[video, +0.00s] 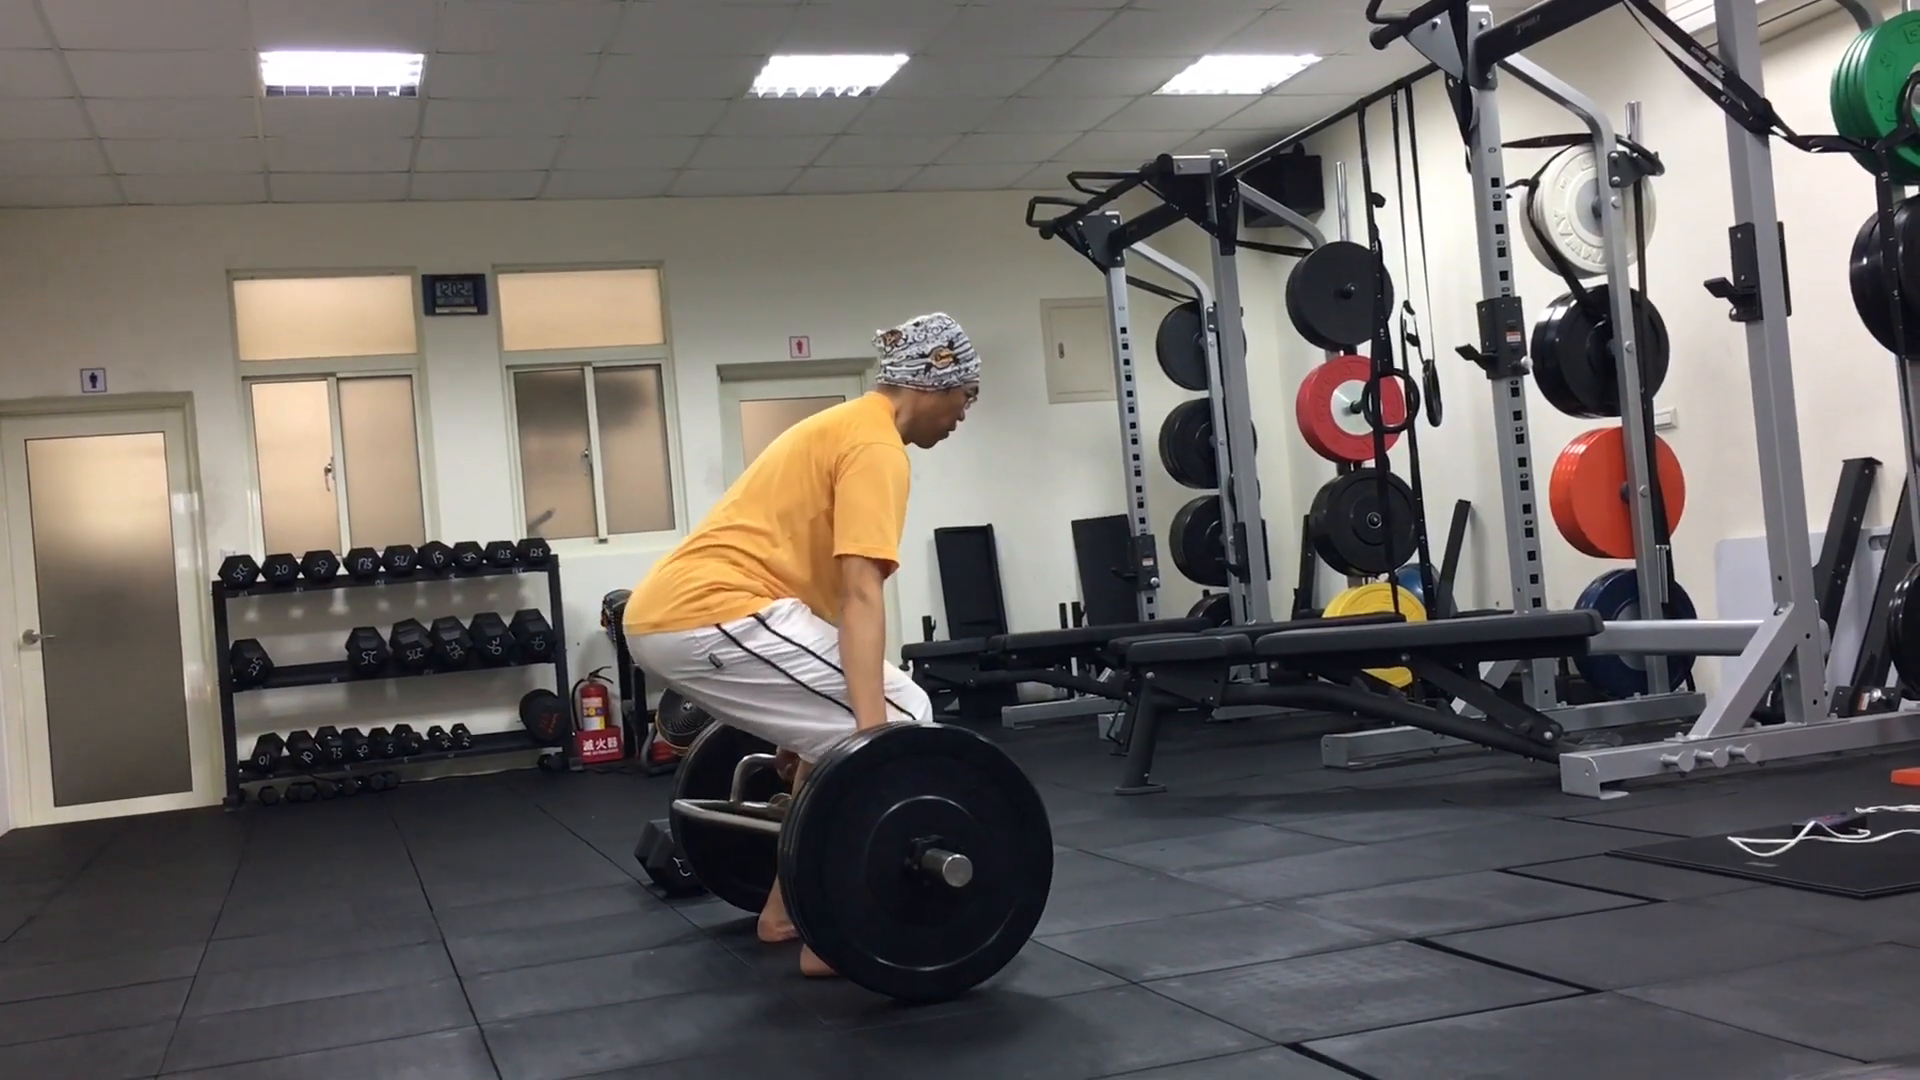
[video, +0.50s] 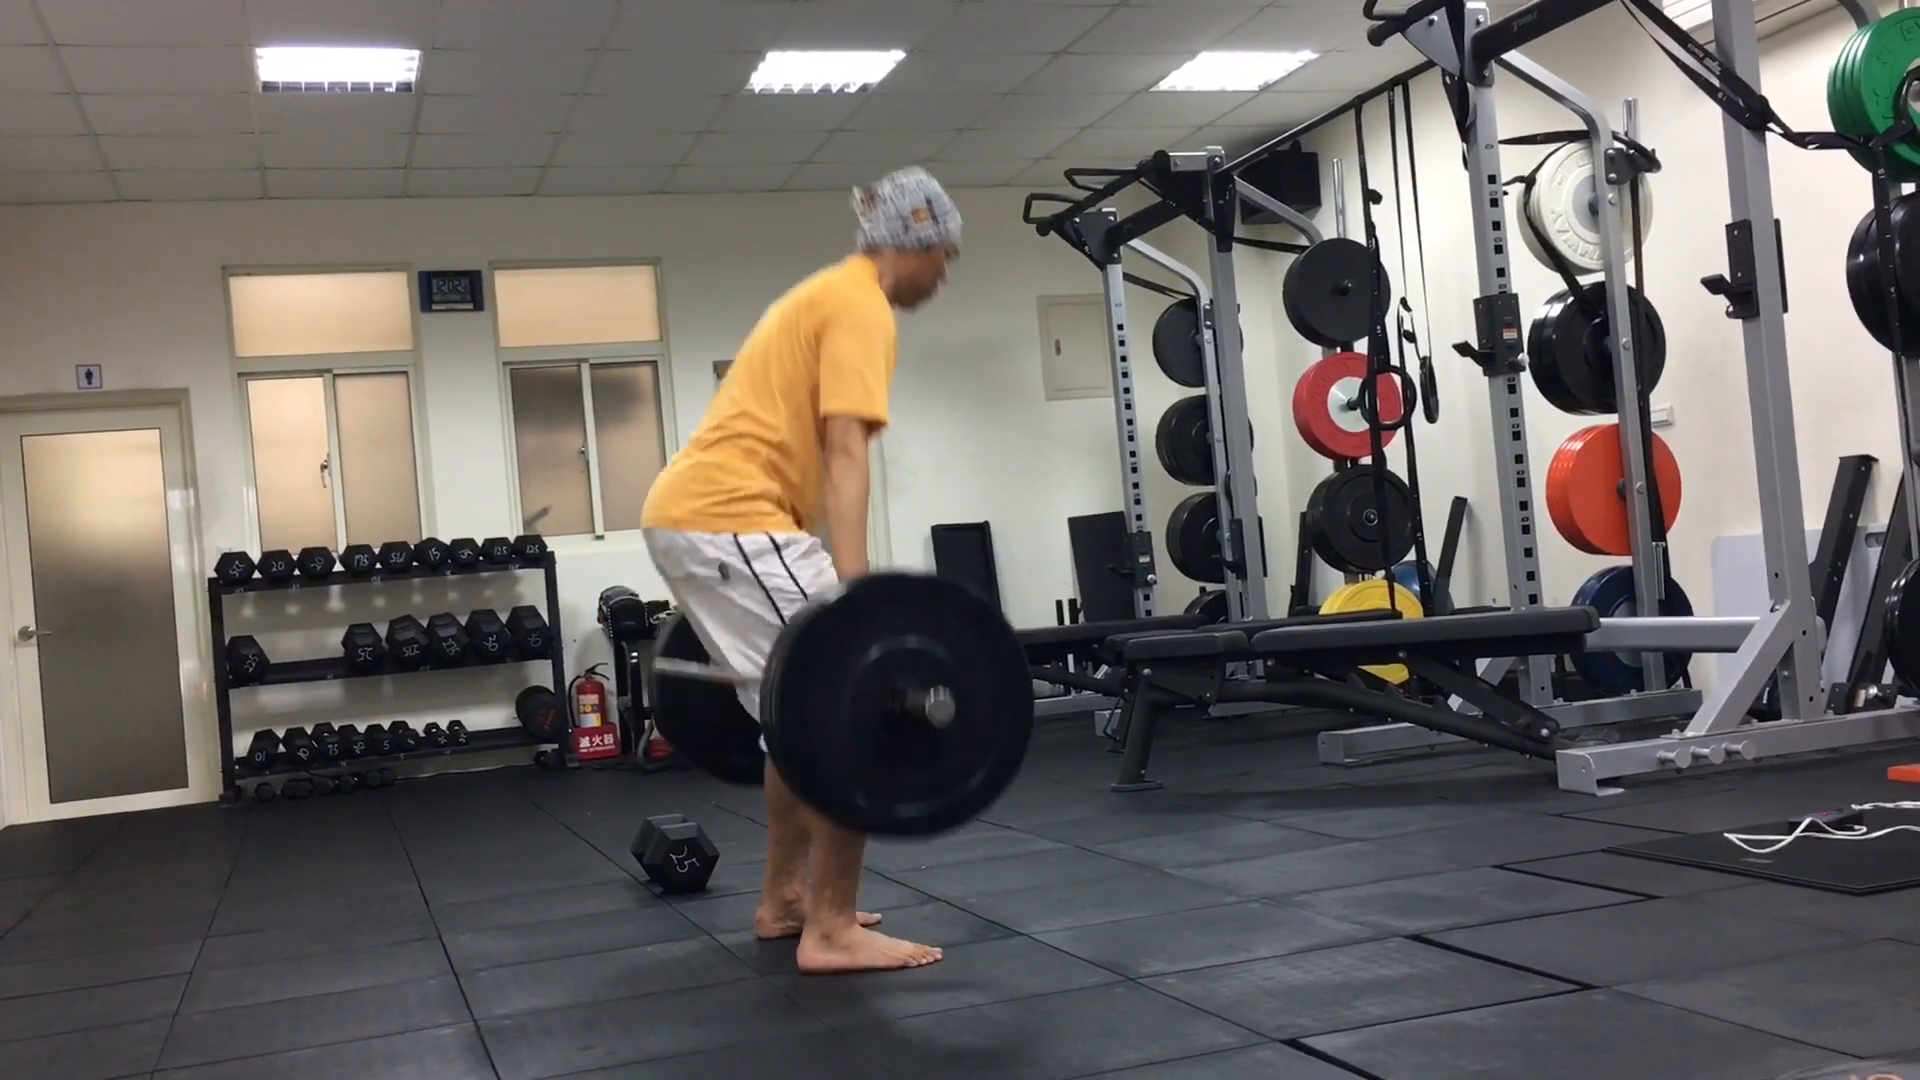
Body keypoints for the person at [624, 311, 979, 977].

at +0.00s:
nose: (961, 419)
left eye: (967, 405)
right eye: (962, 401)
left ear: (907, 382)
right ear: (926, 384)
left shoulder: (841, 428)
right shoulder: (874, 442)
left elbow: (825, 588)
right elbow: (859, 593)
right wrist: (872, 733)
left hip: (672, 613)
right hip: (717, 613)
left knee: (859, 713)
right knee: (904, 714)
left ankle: (785, 904)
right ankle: (838, 934)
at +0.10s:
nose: (967, 410)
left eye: (973, 396)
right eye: (968, 391)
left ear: (911, 373)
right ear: (933, 375)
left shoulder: (844, 418)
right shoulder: (879, 431)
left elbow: (825, 576)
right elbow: (859, 580)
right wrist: (868, 714)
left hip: (675, 605)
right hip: (725, 605)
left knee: (851, 722)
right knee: (905, 714)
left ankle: (784, 904)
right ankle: (838, 933)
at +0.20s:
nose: (970, 391)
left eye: (976, 377)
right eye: (972, 373)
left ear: (914, 355)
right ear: (941, 359)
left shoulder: (847, 401)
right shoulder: (882, 412)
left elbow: (826, 557)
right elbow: (859, 557)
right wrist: (863, 693)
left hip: (677, 588)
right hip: (729, 588)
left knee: (842, 718)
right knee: (901, 717)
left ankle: (786, 902)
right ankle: (839, 932)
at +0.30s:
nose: (963, 365)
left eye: (970, 351)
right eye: (966, 346)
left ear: (909, 328)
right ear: (936, 330)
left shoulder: (845, 372)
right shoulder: (879, 383)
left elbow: (828, 531)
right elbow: (856, 532)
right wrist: (863, 668)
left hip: (677, 562)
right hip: (726, 562)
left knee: (823, 714)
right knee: (855, 717)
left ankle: (788, 899)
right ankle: (836, 931)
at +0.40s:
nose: (957, 324)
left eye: (962, 309)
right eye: (957, 306)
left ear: (895, 288)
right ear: (926, 291)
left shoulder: (836, 337)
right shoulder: (869, 347)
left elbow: (819, 498)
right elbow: (850, 495)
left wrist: (827, 616)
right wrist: (858, 635)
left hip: (684, 535)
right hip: (728, 536)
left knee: (814, 708)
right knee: (853, 708)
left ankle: (787, 900)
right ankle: (834, 930)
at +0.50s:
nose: (944, 276)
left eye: (948, 259)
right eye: (944, 256)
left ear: (885, 238)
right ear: (913, 241)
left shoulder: (822, 295)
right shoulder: (856, 302)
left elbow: (806, 453)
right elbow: (844, 448)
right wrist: (855, 598)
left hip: (691, 511)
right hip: (734, 513)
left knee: (799, 699)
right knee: (846, 694)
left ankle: (785, 898)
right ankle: (834, 927)